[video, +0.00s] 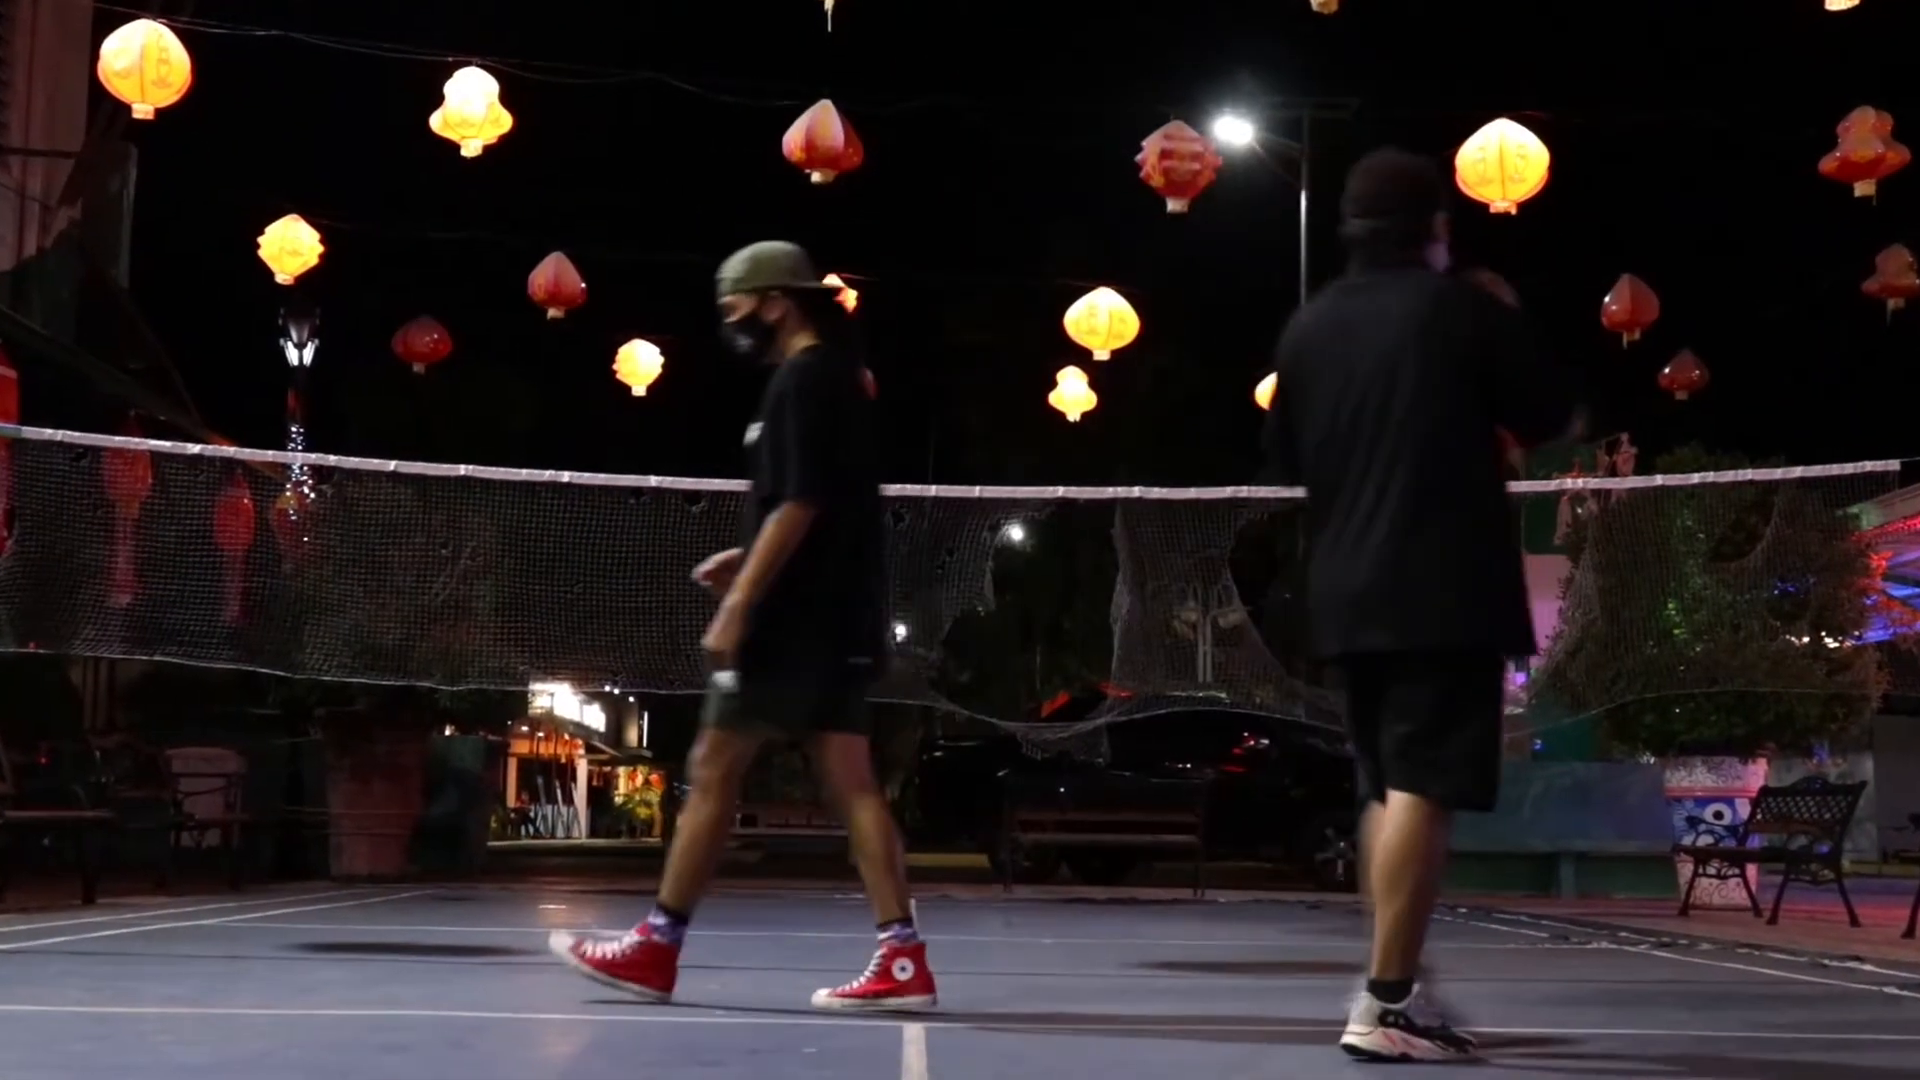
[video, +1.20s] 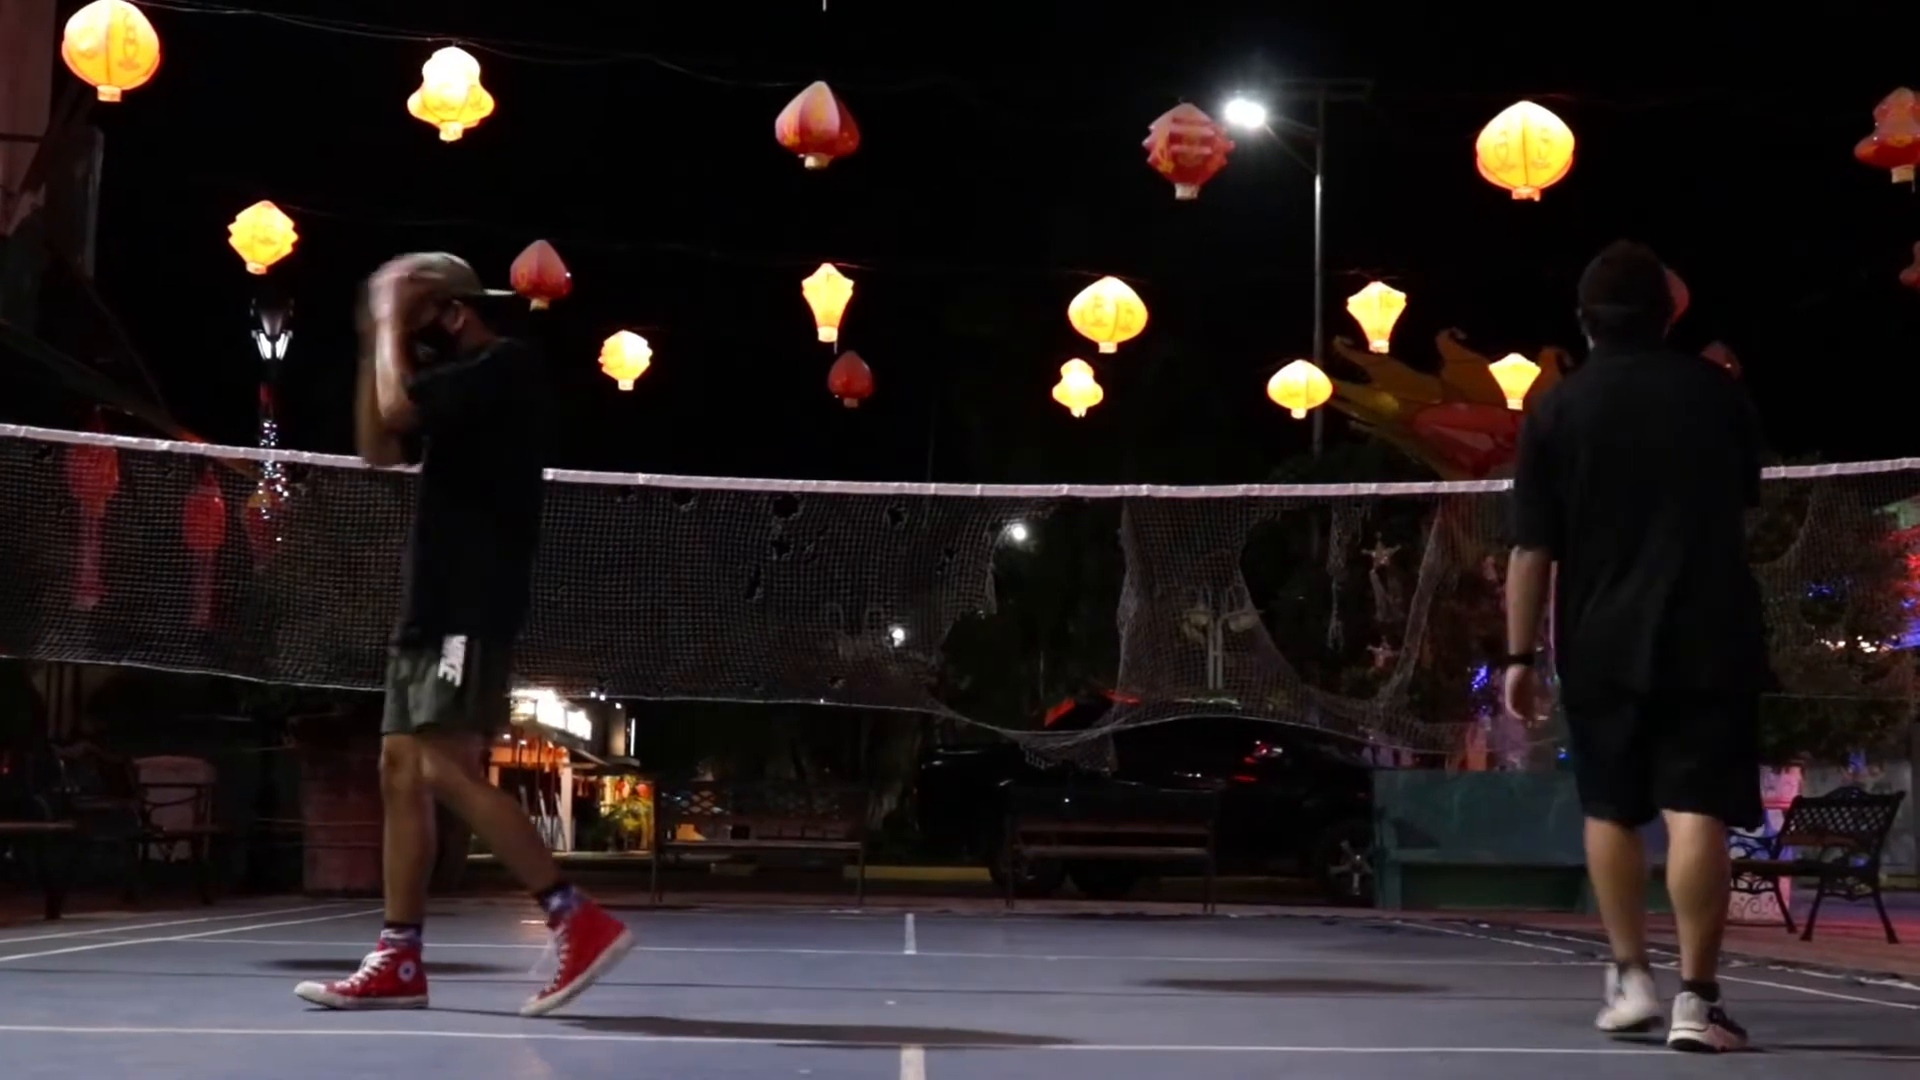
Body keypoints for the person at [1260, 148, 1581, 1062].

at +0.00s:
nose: (1451, 231)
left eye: (1442, 218)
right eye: (1447, 218)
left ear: (1353, 230)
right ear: (1434, 228)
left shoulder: (1309, 329)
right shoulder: (1464, 310)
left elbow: (1292, 458)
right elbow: (1542, 416)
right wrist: (1505, 315)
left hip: (1349, 585)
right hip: (1448, 584)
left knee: (1389, 786)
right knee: (1420, 789)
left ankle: (1400, 988)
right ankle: (1383, 1003)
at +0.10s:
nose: (1481, 252)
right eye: (1476, 240)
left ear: (1384, 250)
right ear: (1467, 247)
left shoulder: (1344, 351)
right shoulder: (1503, 332)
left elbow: (1304, 477)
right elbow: (1597, 438)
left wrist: (1372, 514)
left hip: (1378, 599)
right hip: (1482, 595)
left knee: (1439, 803)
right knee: (1435, 795)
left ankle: (1503, 992)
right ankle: (1387, 1001)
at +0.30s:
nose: (1521, 259)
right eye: (1515, 246)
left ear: (1425, 262)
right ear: (1508, 254)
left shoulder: (1391, 358)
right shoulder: (1557, 341)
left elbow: (1336, 488)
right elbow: (1628, 466)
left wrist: (1386, 580)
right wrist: (1639, 563)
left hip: (1428, 606)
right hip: (1536, 601)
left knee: (1467, 796)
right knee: (1548, 787)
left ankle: (1509, 989)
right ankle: (1453, 936)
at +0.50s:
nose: (1563, 268)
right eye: (1557, 255)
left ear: (1468, 270)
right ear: (1552, 264)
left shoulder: (1433, 367)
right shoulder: (1592, 353)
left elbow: (1406, 512)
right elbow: (1635, 495)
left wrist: (1434, 601)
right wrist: (1662, 611)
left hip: (1475, 615)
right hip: (1579, 609)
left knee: (1499, 791)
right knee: (1624, 776)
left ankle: (1517, 997)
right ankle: (1594, 947)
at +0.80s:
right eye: (1626, 286)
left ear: (1536, 296)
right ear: (1620, 295)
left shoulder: (1498, 395)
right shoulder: (1655, 387)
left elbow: (1475, 530)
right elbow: (1714, 523)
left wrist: (1530, 580)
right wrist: (1690, 606)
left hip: (1528, 637)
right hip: (1640, 636)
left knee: (1533, 804)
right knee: (1653, 823)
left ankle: (1524, 993)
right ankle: (1686, 998)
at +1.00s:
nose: (1677, 296)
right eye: (1669, 286)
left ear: (1579, 306)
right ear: (1662, 302)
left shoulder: (1539, 399)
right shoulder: (1697, 392)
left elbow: (1519, 533)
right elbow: (1752, 504)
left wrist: (1531, 632)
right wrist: (1726, 394)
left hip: (1574, 638)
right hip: (1683, 637)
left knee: (1575, 795)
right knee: (1687, 809)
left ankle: (1564, 923)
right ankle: (1689, 1003)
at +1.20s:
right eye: (1665, 307)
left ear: (1587, 322)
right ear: (1666, 317)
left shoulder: (1559, 408)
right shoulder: (1716, 395)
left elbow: (1531, 548)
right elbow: (1746, 513)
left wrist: (1520, 655)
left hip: (1601, 643)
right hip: (1710, 639)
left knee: (1608, 805)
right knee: (1697, 810)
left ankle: (1632, 983)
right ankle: (1696, 1001)